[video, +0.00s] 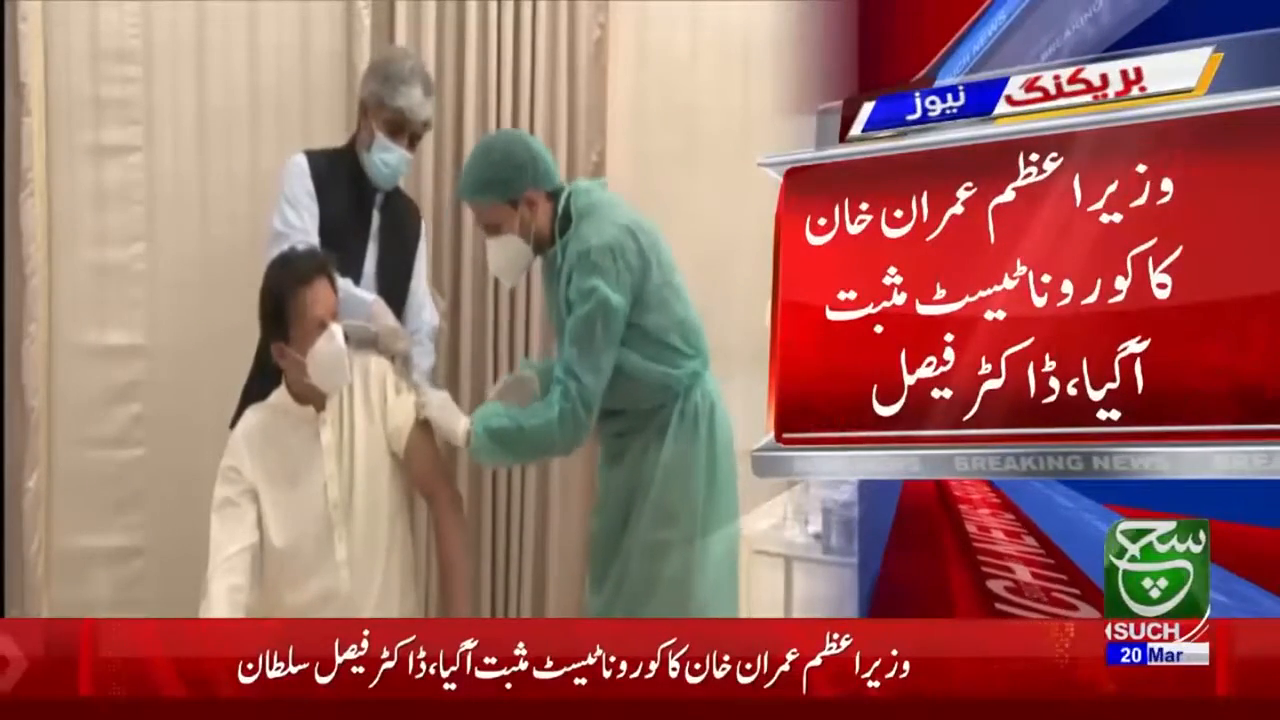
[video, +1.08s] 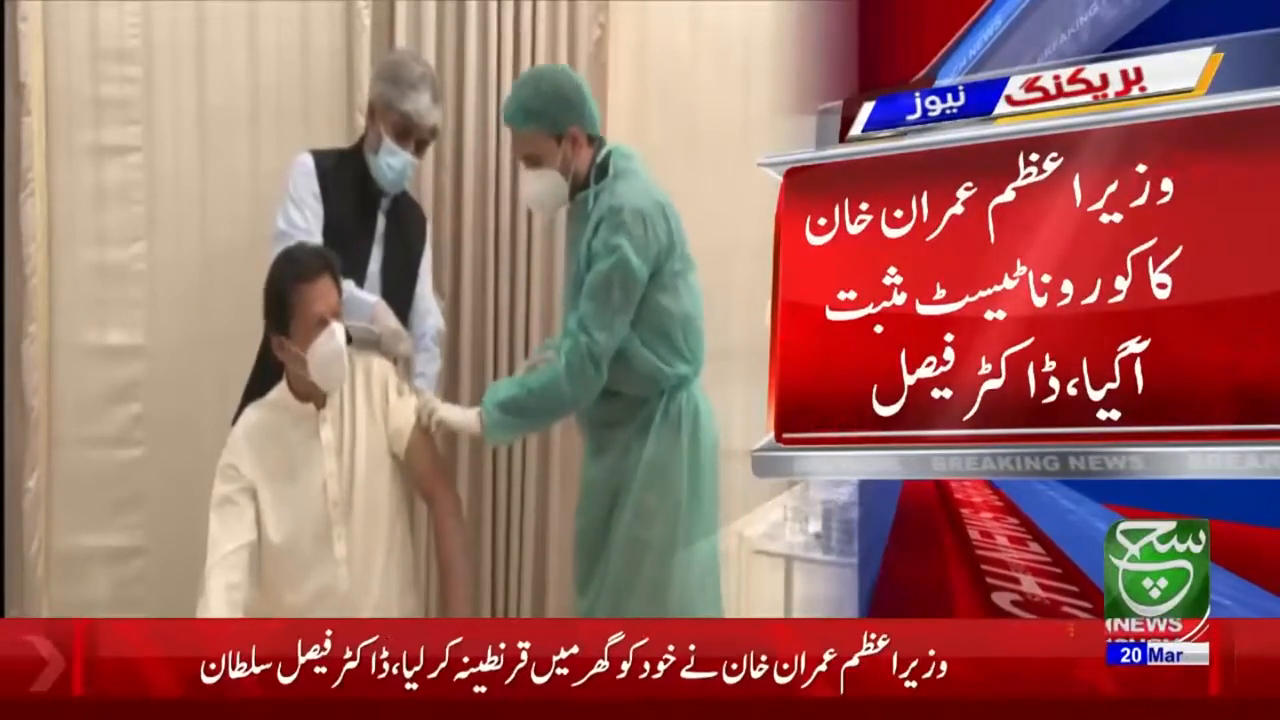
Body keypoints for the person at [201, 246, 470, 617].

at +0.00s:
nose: (336, 338)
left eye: (337, 321)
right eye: (319, 329)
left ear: (346, 319)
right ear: (281, 349)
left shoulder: (375, 380)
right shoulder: (253, 436)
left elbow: (442, 495)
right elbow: (230, 567)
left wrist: (459, 615)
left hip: (388, 617)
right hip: (292, 629)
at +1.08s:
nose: (337, 336)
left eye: (338, 318)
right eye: (319, 326)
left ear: (347, 316)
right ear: (281, 346)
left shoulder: (375, 381)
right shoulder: (253, 434)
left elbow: (442, 496)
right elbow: (227, 570)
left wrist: (458, 615)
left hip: (389, 618)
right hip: (293, 633)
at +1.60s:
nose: (262, 327)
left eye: (271, 308)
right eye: (240, 316)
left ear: (292, 316)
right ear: (208, 346)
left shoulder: (341, 393)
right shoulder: (183, 471)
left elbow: (430, 524)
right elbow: (154, 619)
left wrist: (451, 646)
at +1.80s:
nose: (262, 328)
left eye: (271, 308)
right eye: (241, 317)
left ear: (290, 312)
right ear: (209, 348)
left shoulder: (343, 389)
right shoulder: (178, 479)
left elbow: (429, 526)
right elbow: (157, 634)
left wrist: (455, 639)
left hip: (362, 666)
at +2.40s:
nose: (263, 329)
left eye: (272, 309)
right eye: (242, 318)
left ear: (291, 312)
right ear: (210, 349)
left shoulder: (343, 390)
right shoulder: (178, 480)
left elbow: (430, 535)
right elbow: (158, 638)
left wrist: (454, 646)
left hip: (363, 670)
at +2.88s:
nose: (263, 332)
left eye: (273, 311)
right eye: (242, 320)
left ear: (293, 315)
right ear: (211, 349)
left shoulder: (344, 391)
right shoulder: (179, 482)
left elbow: (431, 535)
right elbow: (158, 638)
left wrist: (454, 646)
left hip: (364, 672)